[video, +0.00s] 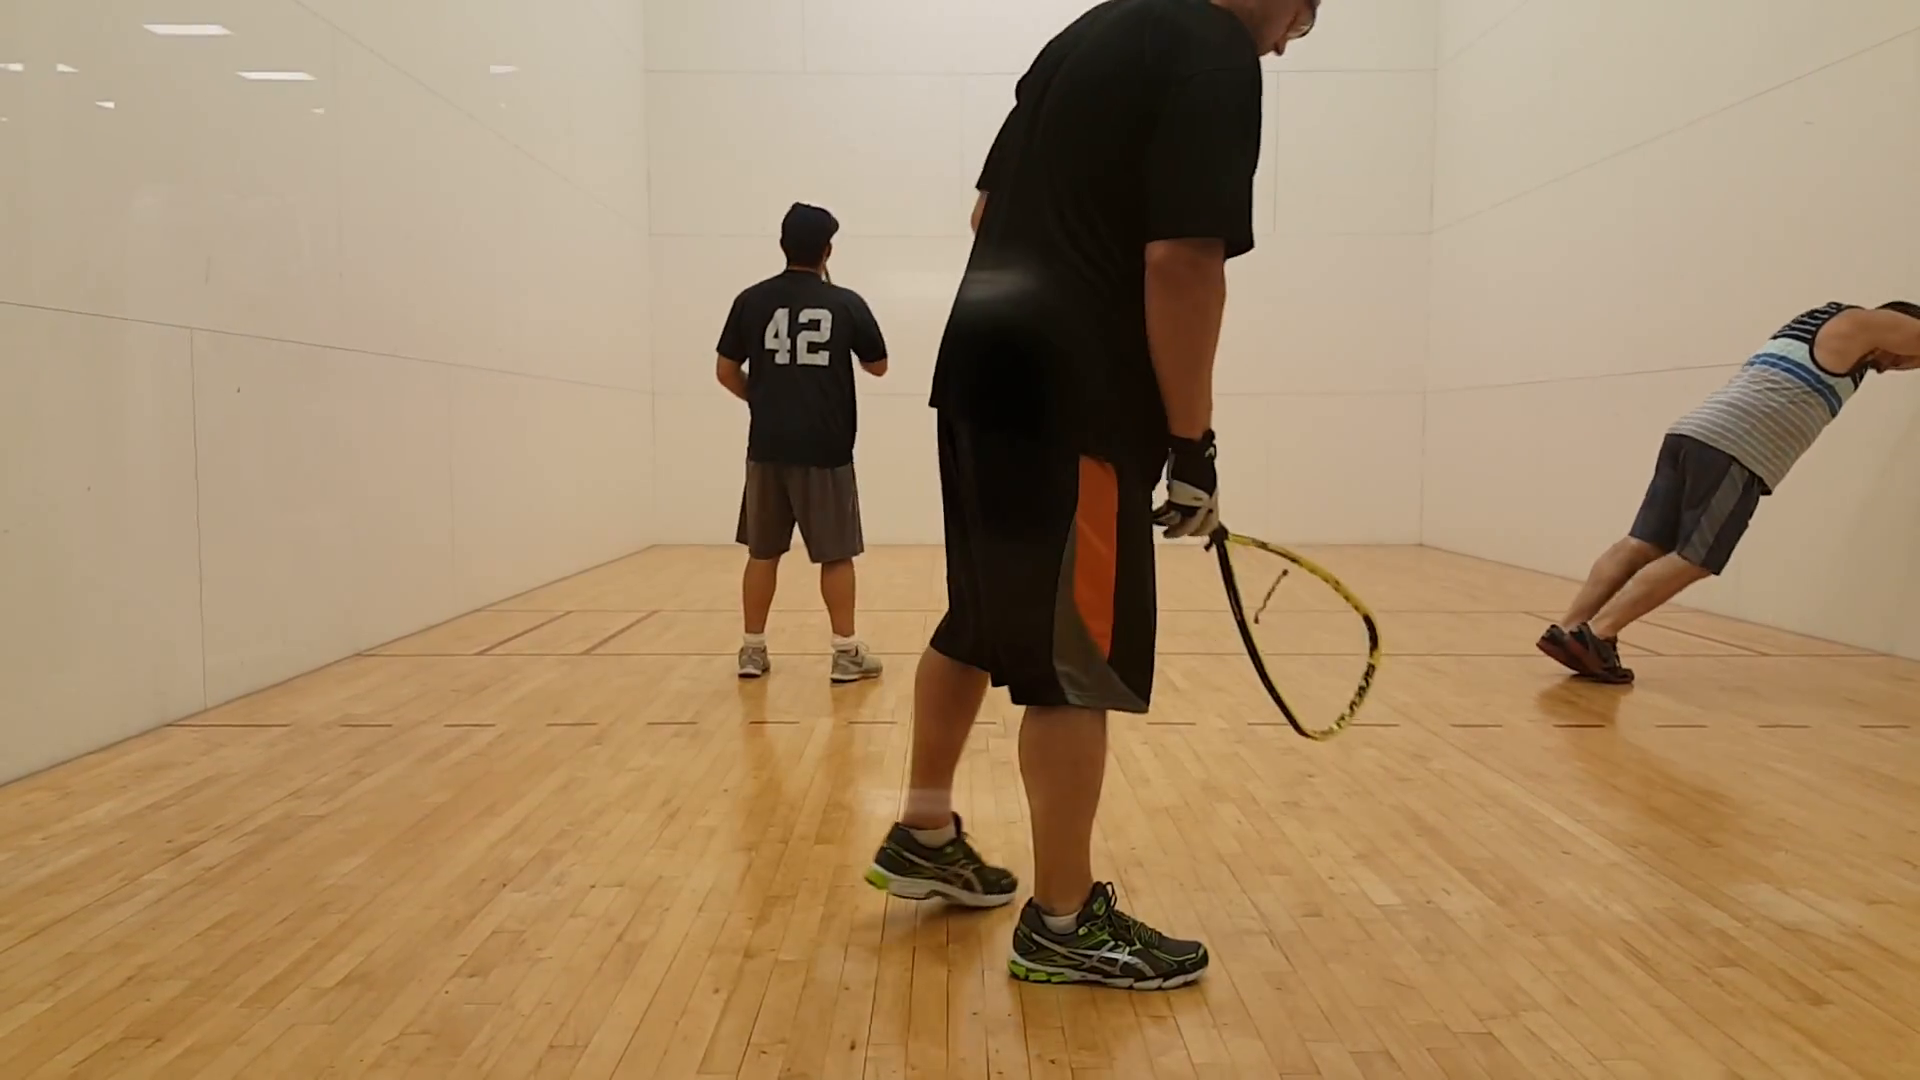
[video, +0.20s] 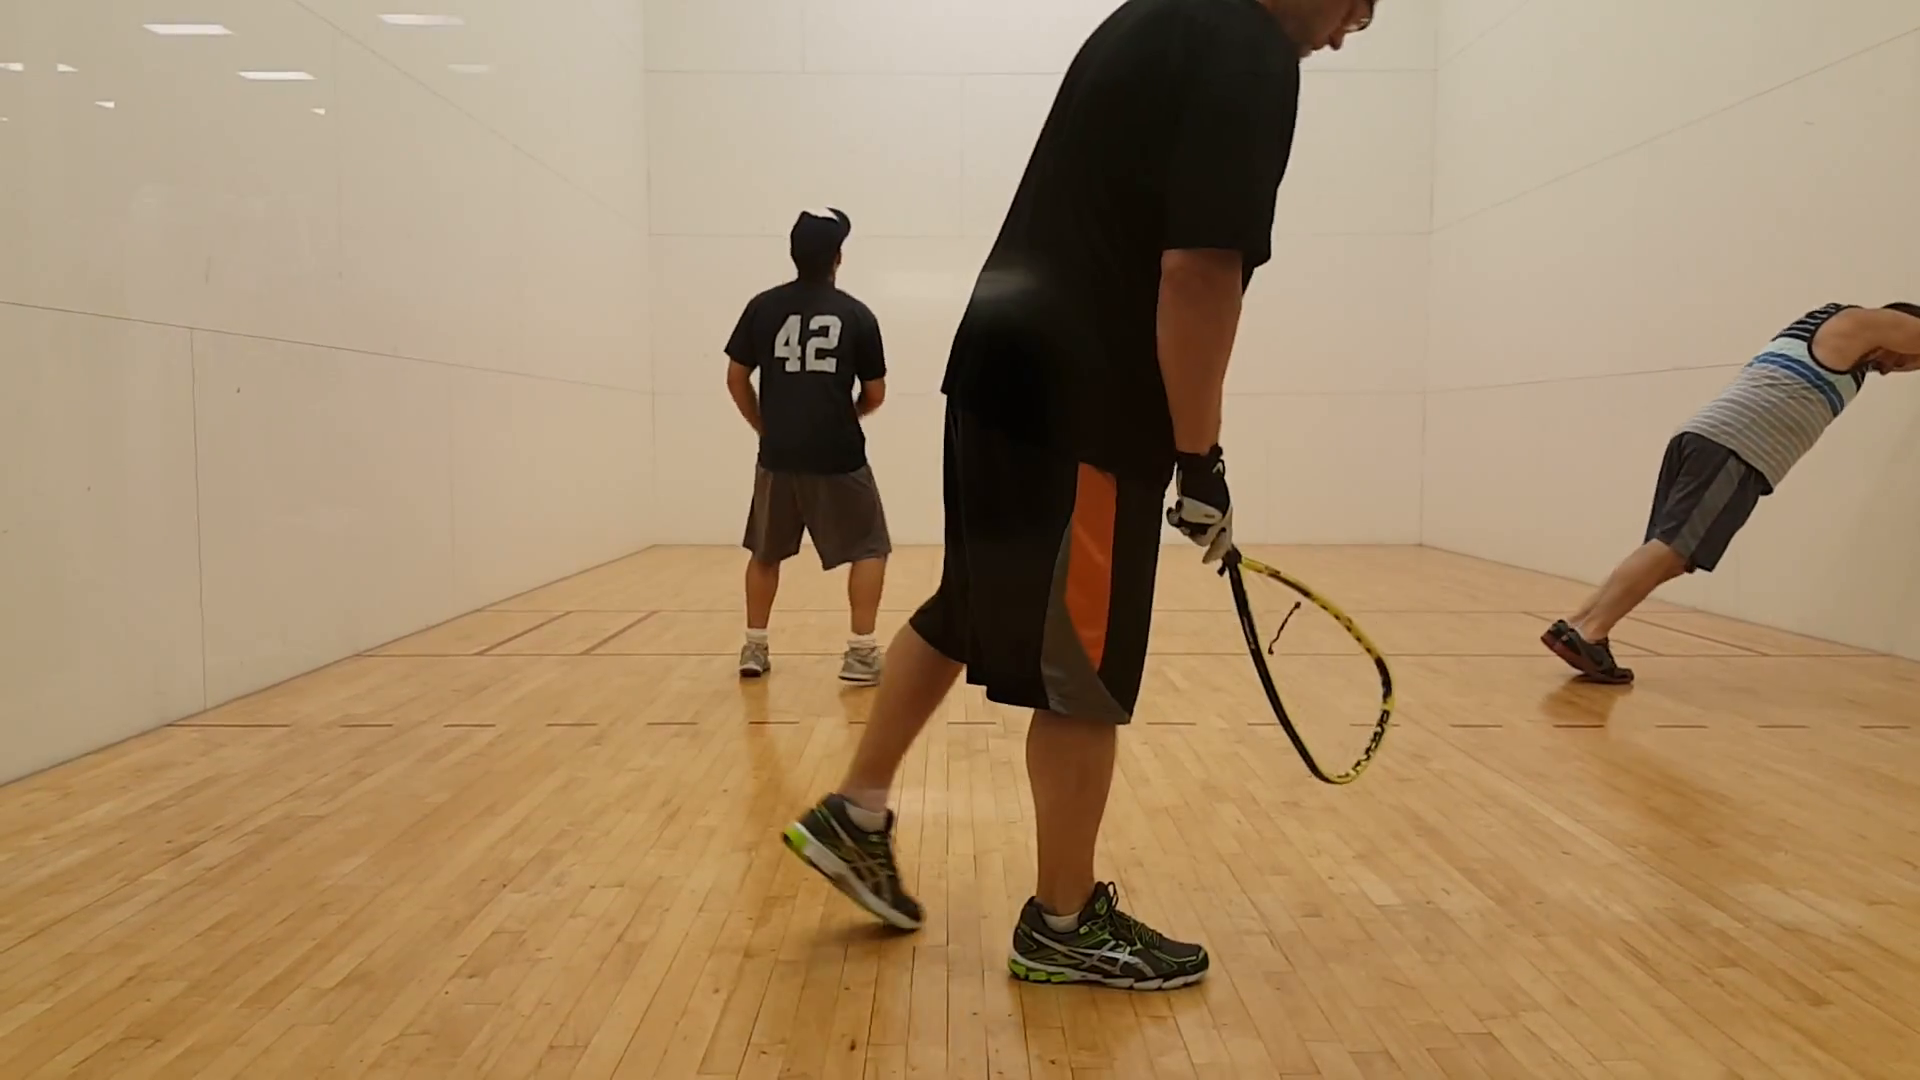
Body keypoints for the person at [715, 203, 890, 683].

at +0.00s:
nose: (833, 248)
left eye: (829, 241)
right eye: (831, 243)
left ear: (784, 246)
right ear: (826, 249)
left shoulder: (752, 300)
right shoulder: (846, 304)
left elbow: (726, 371)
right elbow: (877, 365)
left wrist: (761, 398)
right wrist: (840, 315)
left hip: (767, 446)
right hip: (825, 450)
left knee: (763, 550)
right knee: (836, 553)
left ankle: (752, 650)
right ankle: (845, 654)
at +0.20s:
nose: (843, 254)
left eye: (839, 248)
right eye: (841, 249)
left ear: (793, 255)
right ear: (836, 256)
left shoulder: (763, 307)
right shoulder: (857, 315)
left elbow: (736, 378)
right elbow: (874, 395)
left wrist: (764, 425)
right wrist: (842, 413)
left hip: (777, 454)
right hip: (836, 458)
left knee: (765, 549)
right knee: (869, 545)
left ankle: (755, 648)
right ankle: (861, 653)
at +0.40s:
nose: (885, 262)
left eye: (881, 255)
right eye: (882, 256)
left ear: (835, 264)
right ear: (875, 264)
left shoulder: (807, 316)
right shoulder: (892, 328)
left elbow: (770, 381)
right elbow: (912, 403)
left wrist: (774, 443)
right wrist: (923, 445)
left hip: (808, 469)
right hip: (868, 475)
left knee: (785, 552)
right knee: (899, 570)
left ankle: (756, 642)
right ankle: (878, 657)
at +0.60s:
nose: (918, 212)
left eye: (915, 205)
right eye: (915, 206)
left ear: (867, 220)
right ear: (906, 217)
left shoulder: (846, 272)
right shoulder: (918, 275)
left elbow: (817, 336)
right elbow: (920, 335)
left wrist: (850, 374)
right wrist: (946, 390)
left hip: (843, 421)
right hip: (896, 424)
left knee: (848, 525)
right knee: (905, 528)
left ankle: (830, 635)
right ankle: (896, 640)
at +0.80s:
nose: (947, 230)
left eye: (942, 221)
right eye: (943, 223)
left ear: (896, 234)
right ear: (937, 230)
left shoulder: (887, 290)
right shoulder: (934, 299)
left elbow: (869, 361)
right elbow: (944, 378)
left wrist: (923, 382)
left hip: (885, 449)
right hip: (930, 454)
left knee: (879, 556)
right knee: (952, 559)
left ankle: (840, 665)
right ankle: (953, 677)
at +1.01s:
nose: (994, 217)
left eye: (989, 209)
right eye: (991, 210)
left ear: (939, 223)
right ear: (982, 217)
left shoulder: (945, 279)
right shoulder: (975, 282)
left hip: (948, 450)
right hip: (971, 453)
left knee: (962, 559)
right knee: (974, 562)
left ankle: (892, 631)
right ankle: (966, 684)